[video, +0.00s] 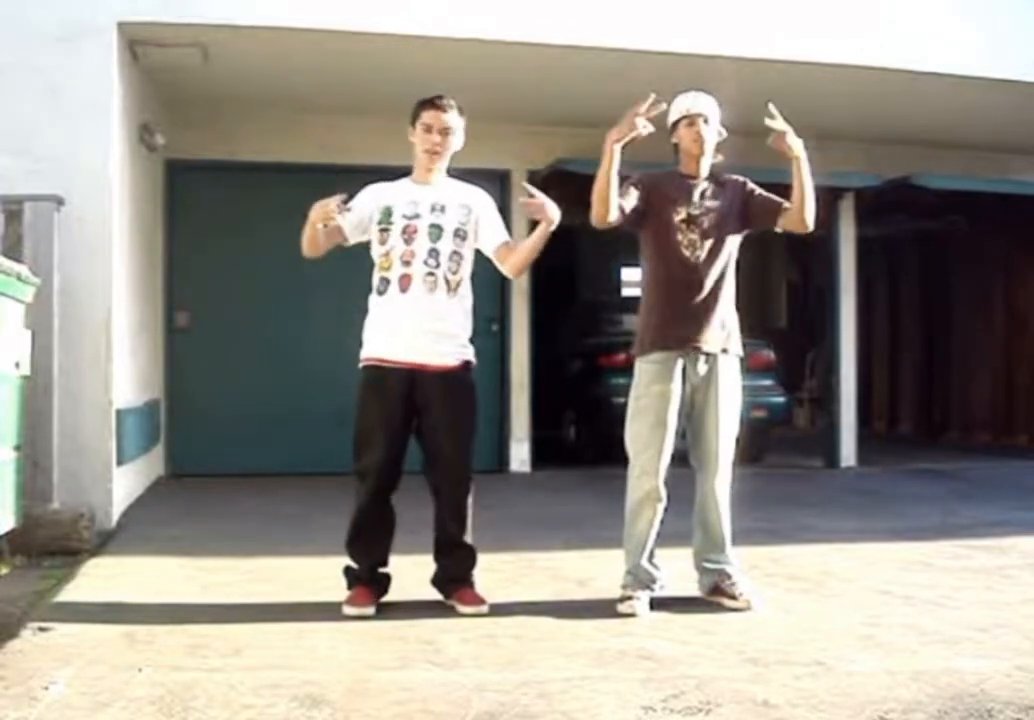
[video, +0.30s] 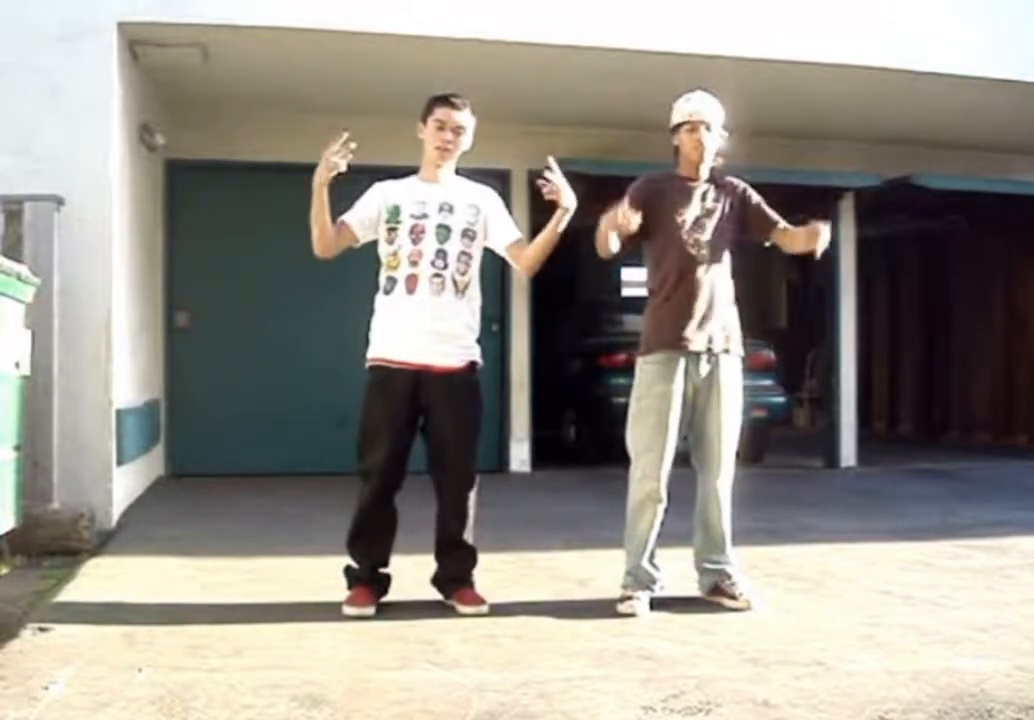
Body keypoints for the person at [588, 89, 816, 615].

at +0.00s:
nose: (697, 129)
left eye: (705, 121)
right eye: (687, 121)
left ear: (719, 133)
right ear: (673, 135)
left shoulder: (737, 191)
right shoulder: (651, 188)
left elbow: (801, 220)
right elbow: (602, 214)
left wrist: (798, 158)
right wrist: (612, 147)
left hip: (718, 345)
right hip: (659, 344)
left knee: (716, 466)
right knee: (647, 468)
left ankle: (717, 571)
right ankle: (638, 579)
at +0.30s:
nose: (697, 135)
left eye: (705, 127)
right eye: (688, 127)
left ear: (721, 136)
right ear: (674, 135)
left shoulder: (735, 194)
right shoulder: (652, 189)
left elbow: (781, 236)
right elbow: (608, 249)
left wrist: (813, 235)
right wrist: (608, 227)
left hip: (722, 347)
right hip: (664, 346)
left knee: (718, 468)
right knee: (650, 470)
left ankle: (717, 572)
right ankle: (638, 580)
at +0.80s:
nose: (736, 181)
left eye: (735, 173)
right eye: (724, 174)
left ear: (730, 183)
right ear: (691, 183)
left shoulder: (733, 237)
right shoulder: (662, 242)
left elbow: (722, 297)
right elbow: (630, 310)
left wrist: (751, 340)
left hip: (712, 377)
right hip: (663, 379)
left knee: (745, 479)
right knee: (658, 482)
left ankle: (723, 573)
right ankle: (605, 585)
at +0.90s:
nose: (741, 158)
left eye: (738, 149)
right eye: (731, 150)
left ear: (705, 159)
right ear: (705, 158)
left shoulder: (711, 205)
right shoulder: (702, 197)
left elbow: (724, 270)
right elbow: (701, 252)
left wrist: (782, 250)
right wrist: (769, 244)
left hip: (713, 360)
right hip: (682, 364)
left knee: (783, 449)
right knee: (675, 478)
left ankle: (741, 559)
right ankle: (607, 584)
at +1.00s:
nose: (744, 141)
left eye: (740, 134)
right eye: (736, 133)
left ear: (702, 141)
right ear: (715, 136)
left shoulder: (705, 184)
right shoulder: (714, 163)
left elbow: (753, 209)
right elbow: (772, 173)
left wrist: (807, 173)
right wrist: (818, 161)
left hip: (723, 344)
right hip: (703, 343)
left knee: (776, 446)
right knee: (669, 458)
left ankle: (786, 565)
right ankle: (607, 575)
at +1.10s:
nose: (745, 139)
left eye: (740, 133)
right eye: (737, 133)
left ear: (702, 141)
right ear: (719, 135)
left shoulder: (701, 178)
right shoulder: (723, 162)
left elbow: (760, 194)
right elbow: (784, 168)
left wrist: (821, 156)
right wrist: (825, 149)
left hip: (724, 339)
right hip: (713, 339)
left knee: (768, 455)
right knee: (673, 454)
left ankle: (792, 569)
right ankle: (611, 567)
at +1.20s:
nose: (757, 150)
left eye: (752, 142)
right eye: (749, 143)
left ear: (711, 156)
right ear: (729, 150)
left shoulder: (710, 196)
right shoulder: (741, 184)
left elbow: (761, 209)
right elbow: (805, 199)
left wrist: (785, 167)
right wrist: (834, 144)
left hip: (747, 347)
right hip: (740, 346)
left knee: (779, 456)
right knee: (702, 460)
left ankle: (785, 574)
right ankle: (616, 561)